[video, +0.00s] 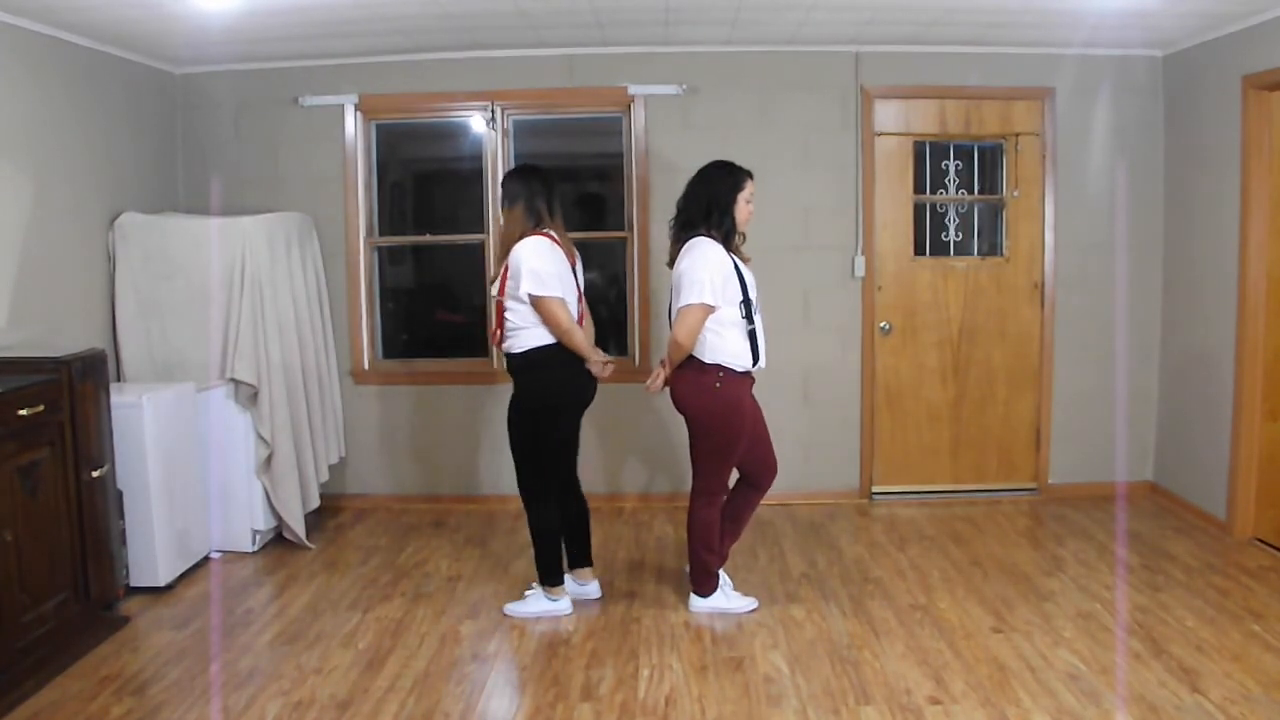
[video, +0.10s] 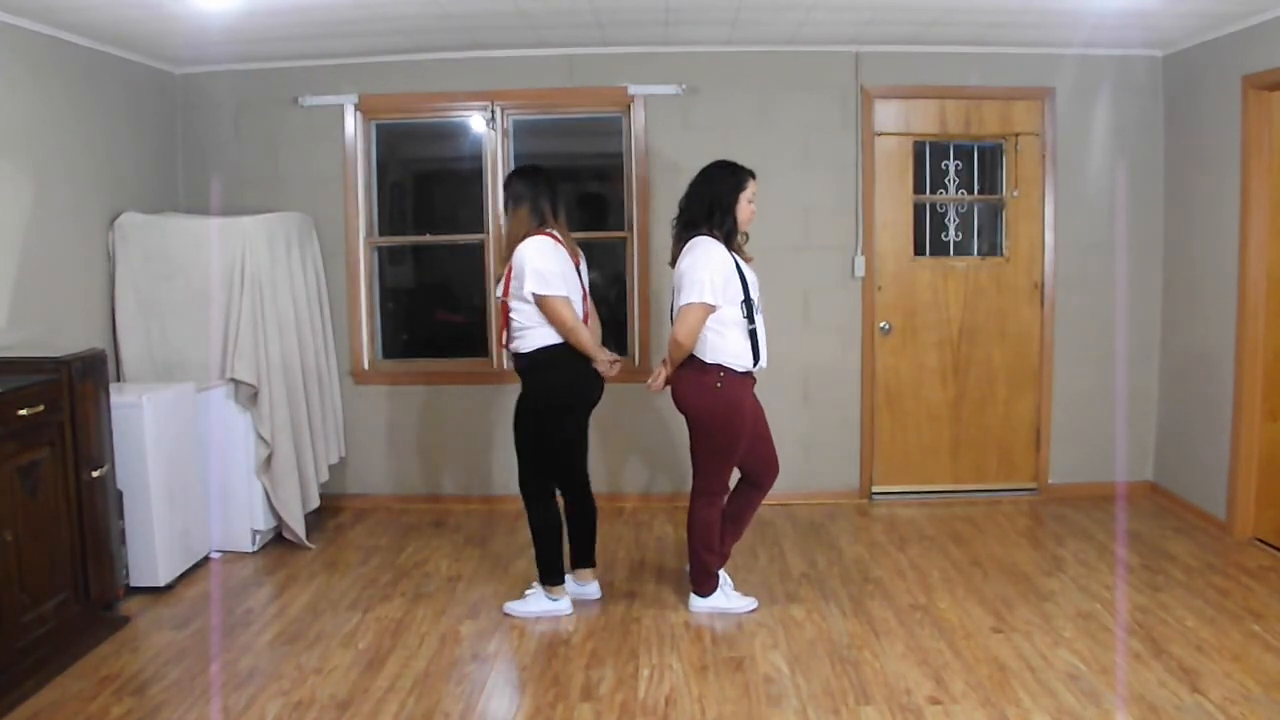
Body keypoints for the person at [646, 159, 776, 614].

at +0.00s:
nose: (752, 210)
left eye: (751, 200)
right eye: (747, 200)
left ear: (721, 201)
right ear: (725, 201)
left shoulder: (721, 251)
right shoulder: (704, 252)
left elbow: (691, 325)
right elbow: (684, 336)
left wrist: (667, 364)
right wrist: (666, 367)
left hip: (731, 382)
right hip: (711, 383)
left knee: (760, 472)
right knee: (710, 488)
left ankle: (710, 564)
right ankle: (705, 590)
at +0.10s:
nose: (754, 209)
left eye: (754, 200)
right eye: (749, 200)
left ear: (726, 200)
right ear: (727, 201)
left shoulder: (724, 251)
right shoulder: (706, 252)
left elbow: (693, 326)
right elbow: (683, 338)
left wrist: (669, 364)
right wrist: (668, 366)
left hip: (733, 382)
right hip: (712, 383)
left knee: (762, 471)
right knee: (710, 488)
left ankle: (711, 563)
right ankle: (705, 590)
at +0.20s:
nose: (758, 208)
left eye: (758, 198)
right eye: (753, 199)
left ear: (730, 200)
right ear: (729, 200)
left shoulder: (728, 251)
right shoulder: (708, 251)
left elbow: (695, 323)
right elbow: (684, 335)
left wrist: (671, 363)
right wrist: (670, 365)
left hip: (736, 382)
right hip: (714, 383)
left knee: (764, 471)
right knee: (711, 489)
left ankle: (712, 563)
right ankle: (705, 590)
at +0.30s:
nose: (763, 209)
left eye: (762, 200)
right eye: (757, 200)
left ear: (734, 201)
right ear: (733, 201)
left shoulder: (734, 251)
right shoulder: (712, 250)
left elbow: (706, 321)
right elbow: (680, 329)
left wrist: (677, 363)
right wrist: (678, 364)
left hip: (738, 383)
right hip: (716, 384)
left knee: (767, 473)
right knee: (712, 489)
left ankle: (713, 563)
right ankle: (705, 589)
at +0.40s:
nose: (769, 203)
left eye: (768, 195)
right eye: (763, 195)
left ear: (744, 201)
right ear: (738, 200)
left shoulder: (745, 252)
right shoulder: (716, 249)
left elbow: (721, 317)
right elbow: (669, 316)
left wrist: (688, 359)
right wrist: (679, 361)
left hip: (742, 383)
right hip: (719, 383)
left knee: (772, 473)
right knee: (716, 490)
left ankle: (715, 562)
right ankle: (705, 589)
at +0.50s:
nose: (773, 197)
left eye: (774, 191)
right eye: (763, 190)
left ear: (773, 202)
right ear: (738, 198)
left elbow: (746, 318)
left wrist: (755, 373)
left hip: (747, 384)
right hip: (722, 383)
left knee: (774, 475)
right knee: (721, 489)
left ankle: (715, 563)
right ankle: (705, 589)